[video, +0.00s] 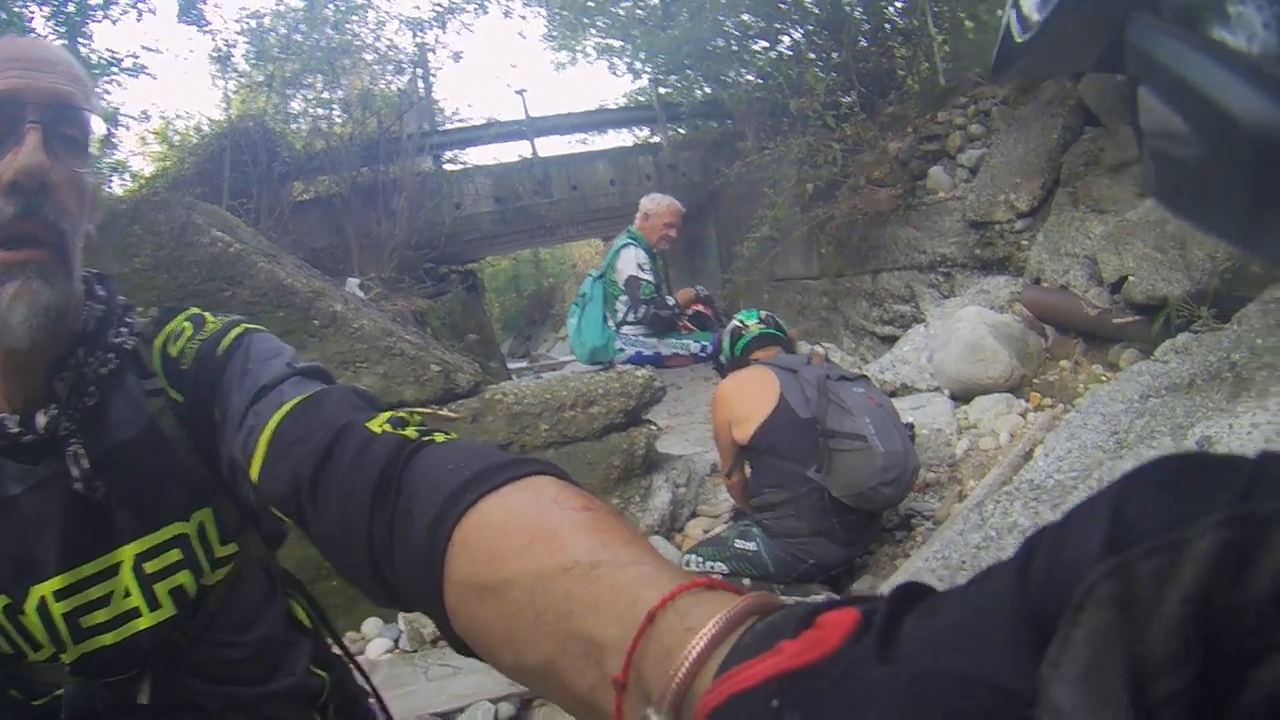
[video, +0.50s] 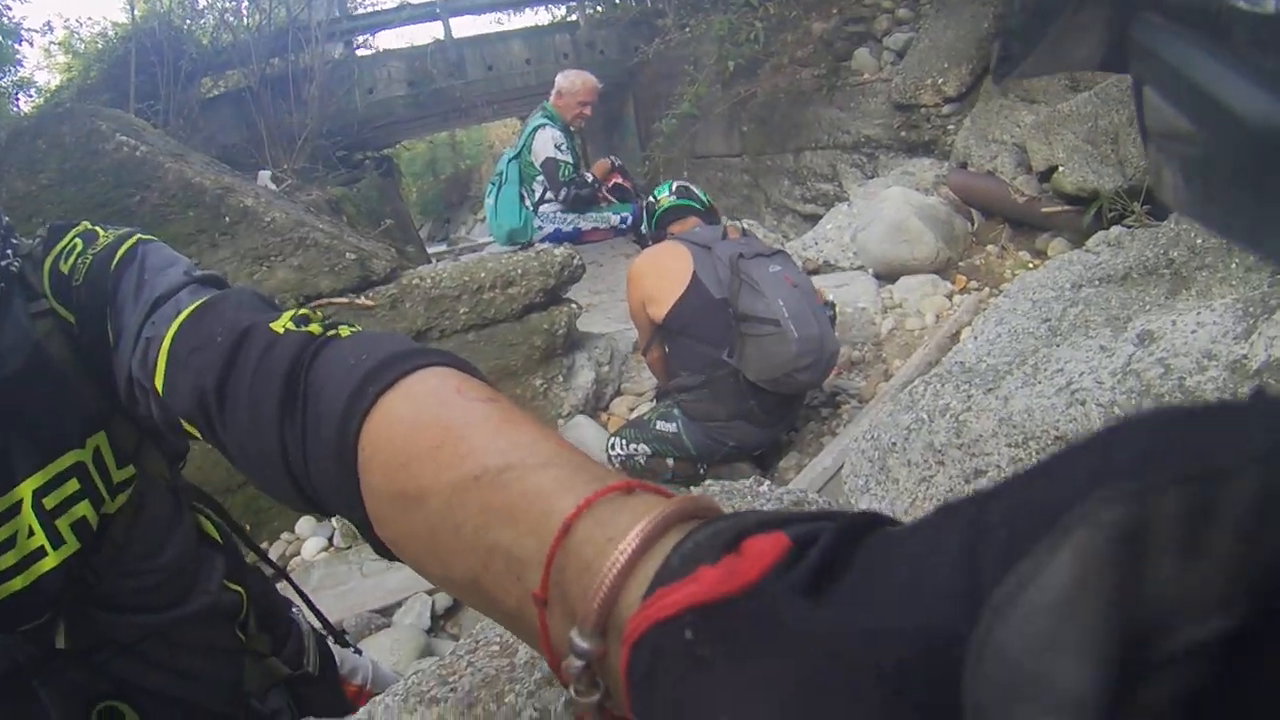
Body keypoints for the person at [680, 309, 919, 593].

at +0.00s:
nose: (721, 366)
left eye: (724, 357)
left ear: (732, 353)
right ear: (787, 343)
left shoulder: (731, 390)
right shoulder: (821, 366)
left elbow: (734, 477)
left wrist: (759, 516)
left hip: (807, 545)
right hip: (864, 528)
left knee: (694, 561)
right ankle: (835, 574)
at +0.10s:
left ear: (664, 303)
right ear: (725, 286)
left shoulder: (667, 338)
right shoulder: (757, 312)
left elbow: (668, 424)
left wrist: (695, 461)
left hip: (739, 495)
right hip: (799, 476)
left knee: (626, 519)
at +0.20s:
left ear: (626, 258)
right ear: (685, 236)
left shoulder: (625, 292)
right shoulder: (718, 265)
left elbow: (631, 376)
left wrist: (655, 414)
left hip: (709, 449)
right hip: (768, 428)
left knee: (599, 466)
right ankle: (750, 468)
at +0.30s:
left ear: (642, 262)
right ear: (704, 244)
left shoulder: (639, 296)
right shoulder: (735, 270)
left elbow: (646, 385)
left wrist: (669, 419)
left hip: (718, 459)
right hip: (778, 437)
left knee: (609, 474)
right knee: (659, 430)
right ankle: (753, 477)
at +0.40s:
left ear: (654, 257)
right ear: (714, 240)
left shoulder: (650, 293)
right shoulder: (746, 264)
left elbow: (660, 383)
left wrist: (678, 418)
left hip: (730, 453)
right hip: (790, 432)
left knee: (627, 471)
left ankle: (727, 499)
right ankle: (770, 476)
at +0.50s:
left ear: (652, 231)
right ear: (711, 214)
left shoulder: (646, 266)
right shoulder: (745, 240)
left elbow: (654, 356)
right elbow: (819, 303)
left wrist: (674, 394)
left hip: (721, 425)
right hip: (784, 408)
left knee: (621, 448)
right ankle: (768, 449)